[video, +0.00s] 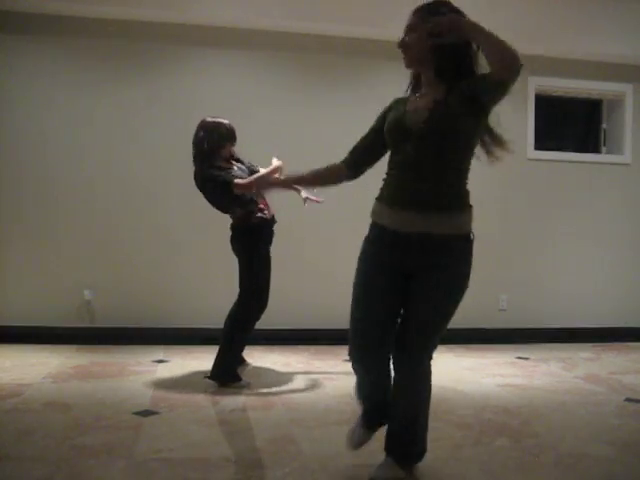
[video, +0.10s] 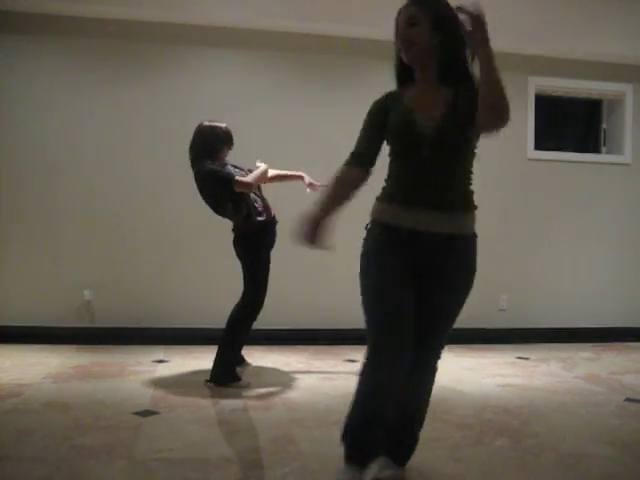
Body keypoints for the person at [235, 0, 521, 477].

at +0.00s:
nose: (401, 42)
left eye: (412, 34)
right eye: (403, 34)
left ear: (441, 41)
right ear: (412, 45)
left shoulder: (469, 98)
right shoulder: (399, 110)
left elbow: (510, 66)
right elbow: (350, 167)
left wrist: (467, 26)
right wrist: (281, 181)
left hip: (443, 245)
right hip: (386, 238)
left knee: (413, 352)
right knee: (365, 342)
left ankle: (404, 457)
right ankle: (376, 409)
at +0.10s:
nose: (402, 34)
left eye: (413, 24)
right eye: (399, 26)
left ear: (443, 33)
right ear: (397, 39)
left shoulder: (470, 98)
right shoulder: (388, 106)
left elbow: (496, 116)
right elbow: (358, 166)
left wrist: (483, 48)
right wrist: (323, 209)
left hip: (451, 244)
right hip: (390, 238)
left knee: (423, 355)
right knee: (389, 349)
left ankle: (397, 457)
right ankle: (358, 456)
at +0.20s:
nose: (410, 36)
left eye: (421, 25)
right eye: (402, 29)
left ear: (446, 34)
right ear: (393, 42)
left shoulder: (474, 105)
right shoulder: (386, 104)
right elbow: (394, 172)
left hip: (453, 251)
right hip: (394, 247)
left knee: (438, 369)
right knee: (420, 361)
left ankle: (387, 446)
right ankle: (390, 471)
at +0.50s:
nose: (439, 68)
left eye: (447, 54)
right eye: (424, 59)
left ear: (461, 62)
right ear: (407, 71)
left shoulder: (465, 135)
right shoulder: (416, 135)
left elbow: (476, 218)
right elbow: (474, 219)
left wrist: (499, 186)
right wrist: (561, 220)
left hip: (453, 296)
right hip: (412, 293)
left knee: (441, 433)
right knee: (489, 407)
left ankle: (359, 442)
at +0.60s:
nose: (446, 78)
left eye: (456, 65)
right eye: (431, 67)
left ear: (471, 72)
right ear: (412, 78)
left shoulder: (473, 139)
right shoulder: (421, 141)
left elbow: (500, 225)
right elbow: (466, 238)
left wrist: (510, 178)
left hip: (457, 301)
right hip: (420, 295)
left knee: (438, 438)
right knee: (499, 414)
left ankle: (358, 443)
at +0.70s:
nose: (458, 77)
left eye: (468, 63)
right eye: (444, 67)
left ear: (483, 67)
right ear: (426, 76)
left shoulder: (493, 134)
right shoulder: (429, 139)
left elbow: (533, 210)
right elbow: (449, 241)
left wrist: (526, 164)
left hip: (468, 295)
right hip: (424, 289)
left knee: (441, 428)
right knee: (504, 413)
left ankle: (356, 443)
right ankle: (437, 477)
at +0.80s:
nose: (478, 53)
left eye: (487, 39)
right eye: (463, 44)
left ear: (505, 44)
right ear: (447, 52)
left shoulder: (519, 117)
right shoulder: (446, 111)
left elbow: (558, 196)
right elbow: (423, 197)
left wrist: (545, 158)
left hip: (479, 283)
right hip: (436, 273)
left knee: (451, 411)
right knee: (498, 407)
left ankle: (362, 443)